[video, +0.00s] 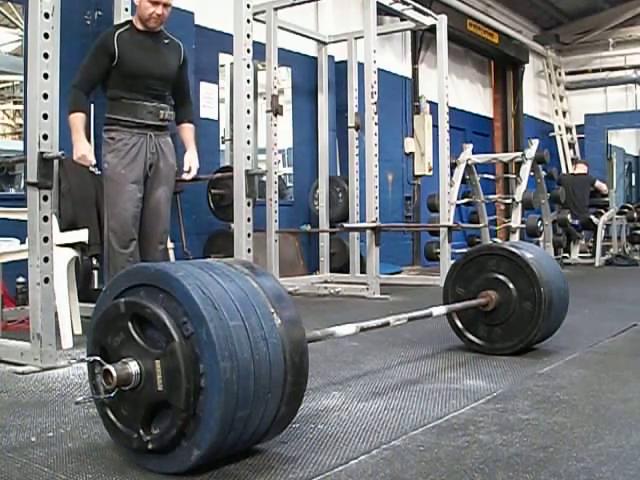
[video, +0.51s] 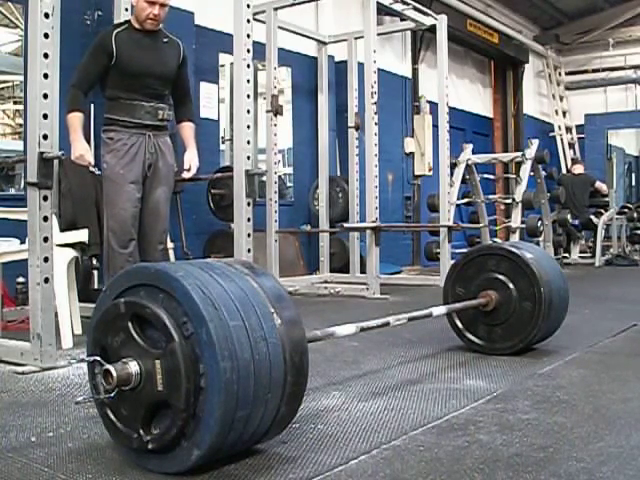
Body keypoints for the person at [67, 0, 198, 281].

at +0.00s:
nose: (159, 11)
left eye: (165, 6)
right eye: (153, 3)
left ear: (170, 9)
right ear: (137, 2)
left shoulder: (176, 49)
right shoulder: (113, 39)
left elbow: (183, 104)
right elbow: (79, 91)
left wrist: (191, 149)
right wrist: (79, 141)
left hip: (163, 143)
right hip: (123, 141)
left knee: (157, 233)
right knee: (123, 230)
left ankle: (159, 306)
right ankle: (122, 307)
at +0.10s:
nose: (158, 11)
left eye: (165, 6)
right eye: (152, 3)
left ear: (170, 10)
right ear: (136, 2)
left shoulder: (176, 49)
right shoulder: (113, 39)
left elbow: (183, 104)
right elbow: (79, 90)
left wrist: (191, 149)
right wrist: (79, 141)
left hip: (163, 143)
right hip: (122, 141)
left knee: (157, 233)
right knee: (122, 230)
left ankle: (159, 305)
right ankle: (122, 306)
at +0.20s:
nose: (157, 11)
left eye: (164, 6)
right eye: (151, 4)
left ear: (169, 9)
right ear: (136, 2)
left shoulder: (176, 49)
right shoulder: (113, 39)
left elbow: (183, 103)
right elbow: (78, 91)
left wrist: (191, 148)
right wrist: (78, 140)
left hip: (163, 143)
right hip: (122, 141)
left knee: (157, 233)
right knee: (122, 231)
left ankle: (159, 306)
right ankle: (122, 307)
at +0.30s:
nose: (157, 11)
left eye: (164, 6)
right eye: (151, 4)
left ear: (169, 9)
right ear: (135, 2)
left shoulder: (175, 49)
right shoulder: (112, 39)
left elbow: (183, 103)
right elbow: (78, 91)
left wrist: (191, 148)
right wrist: (78, 141)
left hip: (162, 143)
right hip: (122, 141)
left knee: (157, 233)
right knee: (122, 230)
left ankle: (159, 305)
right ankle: (121, 307)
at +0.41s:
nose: (156, 11)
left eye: (163, 6)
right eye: (150, 4)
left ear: (168, 9)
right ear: (135, 3)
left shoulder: (175, 48)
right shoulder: (112, 39)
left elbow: (183, 103)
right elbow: (77, 91)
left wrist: (191, 148)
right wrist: (77, 140)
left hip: (162, 143)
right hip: (122, 141)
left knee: (157, 233)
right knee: (122, 231)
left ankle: (159, 306)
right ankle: (121, 307)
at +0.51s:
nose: (156, 11)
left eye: (162, 6)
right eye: (149, 4)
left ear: (167, 9)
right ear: (134, 3)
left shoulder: (175, 48)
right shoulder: (112, 39)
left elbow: (183, 103)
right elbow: (77, 91)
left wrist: (191, 148)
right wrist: (77, 141)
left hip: (162, 143)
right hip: (122, 141)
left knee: (157, 232)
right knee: (122, 230)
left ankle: (159, 305)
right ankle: (121, 306)